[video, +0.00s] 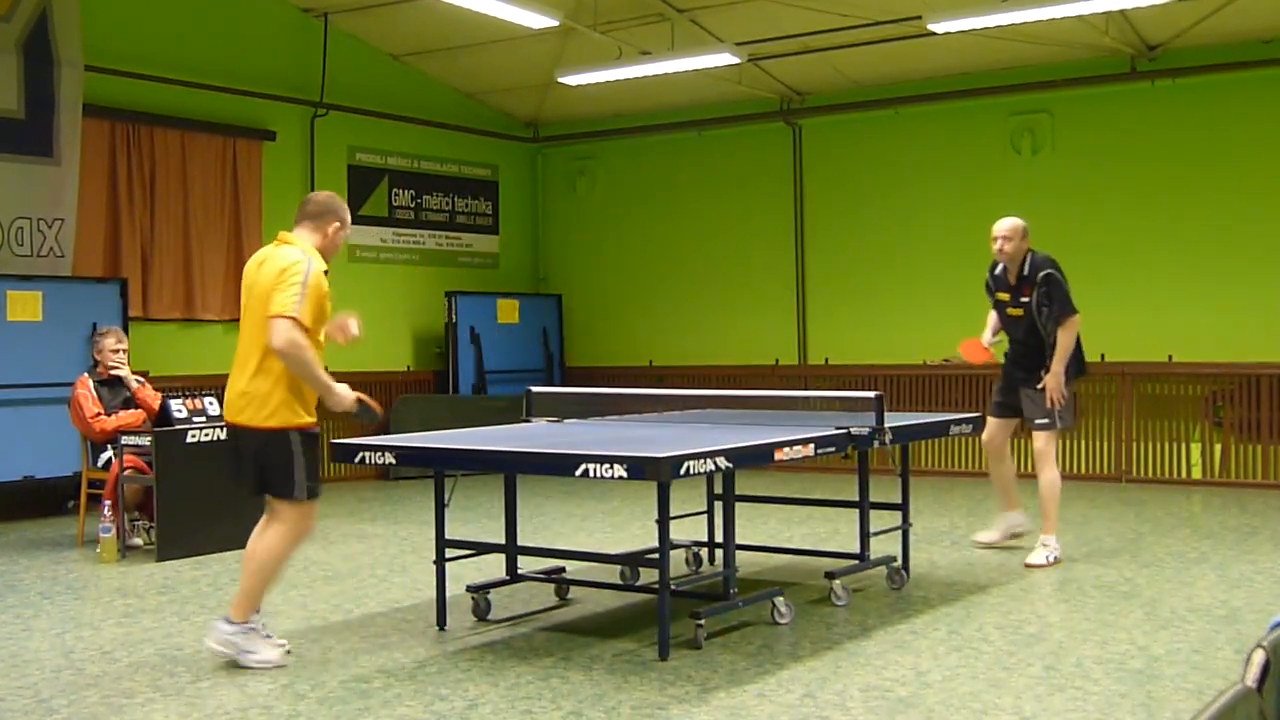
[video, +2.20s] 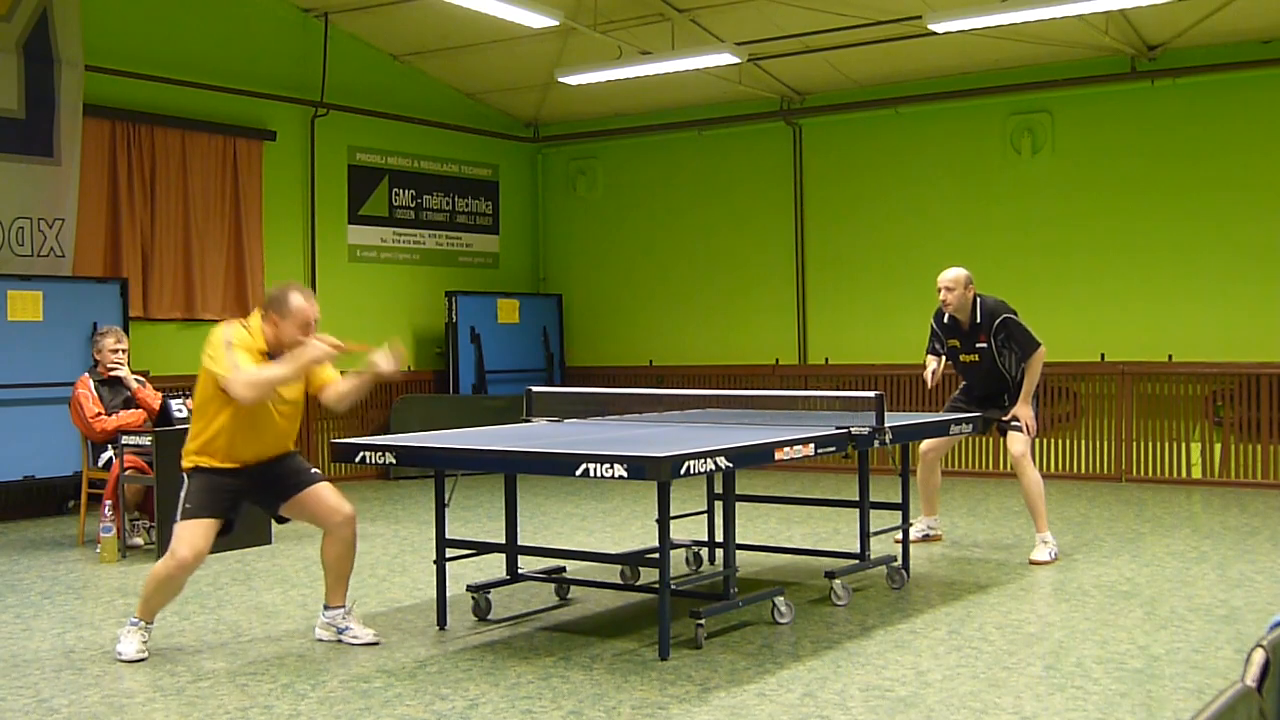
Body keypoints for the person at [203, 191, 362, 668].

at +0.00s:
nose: (342, 244)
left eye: (344, 237)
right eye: (344, 236)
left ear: (302, 221)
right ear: (333, 229)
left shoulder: (262, 259)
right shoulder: (303, 264)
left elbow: (269, 330)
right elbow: (285, 338)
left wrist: (325, 330)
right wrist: (330, 389)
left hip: (253, 410)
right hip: (280, 414)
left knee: (276, 515)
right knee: (296, 517)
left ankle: (245, 622)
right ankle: (236, 624)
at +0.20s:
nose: (347, 262)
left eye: (349, 253)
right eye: (346, 251)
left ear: (319, 245)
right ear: (324, 245)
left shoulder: (297, 289)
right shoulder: (277, 284)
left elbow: (299, 357)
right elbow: (258, 363)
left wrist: (345, 376)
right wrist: (319, 406)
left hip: (288, 426)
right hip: (257, 430)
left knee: (327, 508)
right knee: (279, 530)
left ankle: (273, 602)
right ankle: (222, 635)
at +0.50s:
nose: (387, 301)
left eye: (390, 292)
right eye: (385, 292)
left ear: (361, 285)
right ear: (358, 284)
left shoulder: (356, 328)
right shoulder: (293, 310)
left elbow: (360, 389)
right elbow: (269, 386)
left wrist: (398, 421)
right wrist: (336, 411)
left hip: (303, 426)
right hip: (248, 423)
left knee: (340, 514)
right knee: (258, 524)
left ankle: (333, 618)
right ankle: (220, 633)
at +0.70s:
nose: (394, 330)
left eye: (398, 322)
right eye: (392, 320)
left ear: (372, 313)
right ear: (363, 309)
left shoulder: (369, 350)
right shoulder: (301, 330)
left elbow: (374, 409)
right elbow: (283, 405)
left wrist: (414, 425)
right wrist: (348, 422)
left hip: (302, 433)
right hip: (246, 426)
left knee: (344, 513)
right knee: (227, 522)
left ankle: (333, 617)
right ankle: (164, 616)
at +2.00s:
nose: (342, 365)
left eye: (344, 356)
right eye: (335, 356)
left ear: (340, 353)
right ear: (304, 350)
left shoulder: (332, 379)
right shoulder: (259, 370)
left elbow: (347, 440)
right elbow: (280, 439)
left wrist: (394, 441)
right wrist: (347, 432)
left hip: (286, 474)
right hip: (227, 476)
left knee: (353, 516)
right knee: (196, 562)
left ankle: (335, 617)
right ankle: (141, 623)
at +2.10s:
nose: (323, 349)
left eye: (325, 342)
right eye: (317, 342)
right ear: (285, 336)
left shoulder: (315, 360)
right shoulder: (240, 353)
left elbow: (341, 415)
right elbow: (267, 409)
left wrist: (386, 407)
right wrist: (332, 389)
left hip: (278, 468)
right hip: (218, 472)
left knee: (347, 517)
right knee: (190, 559)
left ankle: (334, 616)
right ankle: (140, 624)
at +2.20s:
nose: (311, 335)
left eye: (313, 327)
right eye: (304, 326)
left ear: (314, 324)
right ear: (273, 320)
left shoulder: (305, 350)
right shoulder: (228, 337)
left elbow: (335, 398)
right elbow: (244, 388)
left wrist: (368, 374)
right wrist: (304, 357)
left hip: (273, 461)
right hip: (213, 466)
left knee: (340, 515)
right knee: (185, 556)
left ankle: (335, 617)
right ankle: (139, 625)